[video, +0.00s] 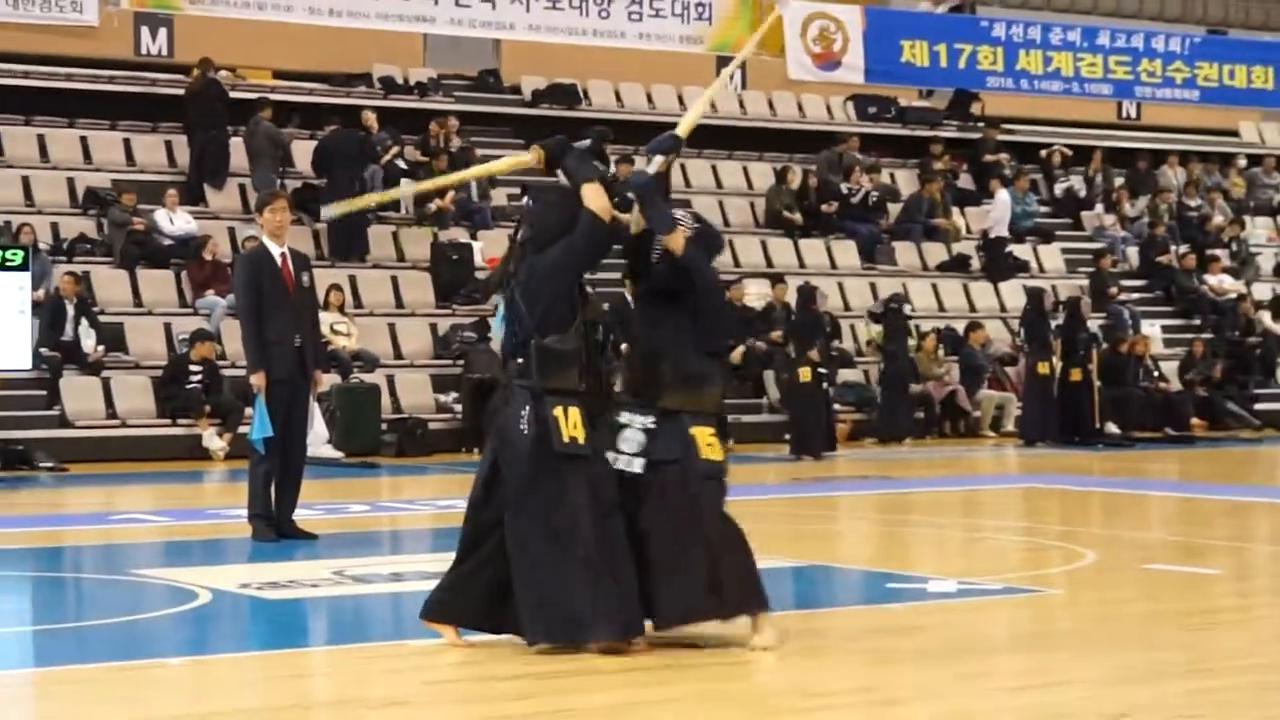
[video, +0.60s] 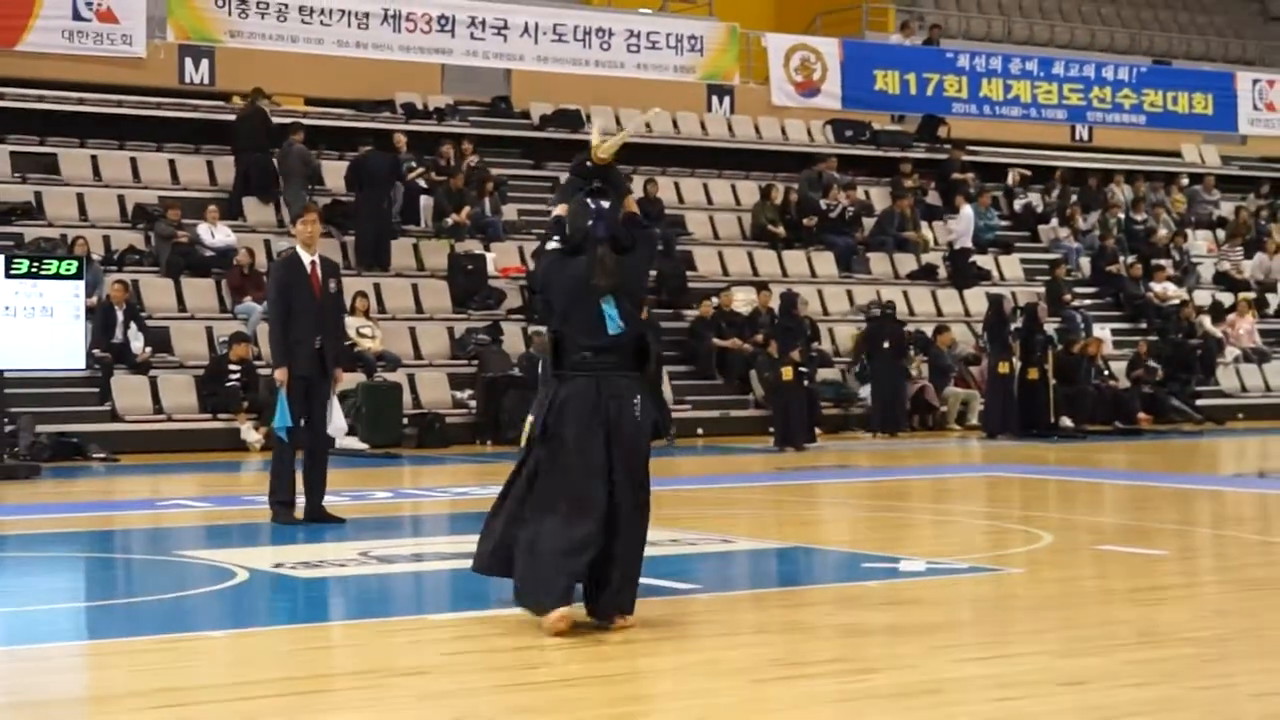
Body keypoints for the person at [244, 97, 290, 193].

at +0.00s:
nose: (271, 113)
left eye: (271, 110)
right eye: (270, 110)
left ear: (258, 110)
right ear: (264, 110)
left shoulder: (249, 128)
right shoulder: (267, 127)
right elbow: (283, 141)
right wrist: (291, 134)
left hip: (256, 173)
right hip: (269, 173)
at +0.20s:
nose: (284, 121)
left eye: (284, 118)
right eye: (283, 118)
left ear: (271, 117)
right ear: (278, 117)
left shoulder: (261, 136)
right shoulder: (281, 134)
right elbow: (295, 149)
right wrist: (301, 144)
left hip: (268, 180)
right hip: (282, 179)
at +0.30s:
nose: (295, 129)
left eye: (295, 126)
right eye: (294, 126)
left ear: (282, 126)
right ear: (289, 126)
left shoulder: (273, 144)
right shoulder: (293, 142)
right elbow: (306, 157)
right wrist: (311, 152)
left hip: (279, 184)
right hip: (292, 184)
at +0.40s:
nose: (301, 135)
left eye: (301, 132)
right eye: (300, 132)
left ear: (289, 131)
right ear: (296, 131)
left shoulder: (279, 150)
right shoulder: (299, 147)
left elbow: (282, 172)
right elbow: (313, 162)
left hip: (286, 191)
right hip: (299, 191)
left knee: (293, 221)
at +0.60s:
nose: (303, 137)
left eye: (303, 134)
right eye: (302, 134)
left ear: (291, 133)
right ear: (298, 134)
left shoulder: (282, 150)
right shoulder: (301, 149)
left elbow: (281, 171)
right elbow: (314, 167)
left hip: (287, 190)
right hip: (300, 190)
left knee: (294, 220)